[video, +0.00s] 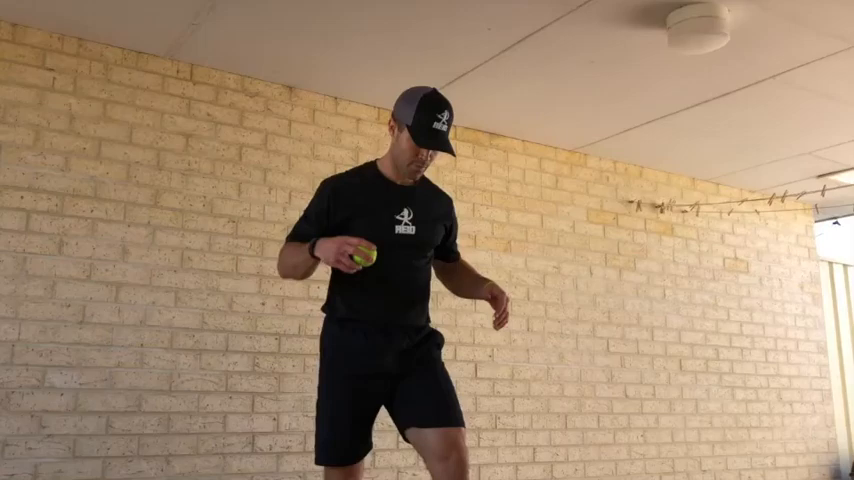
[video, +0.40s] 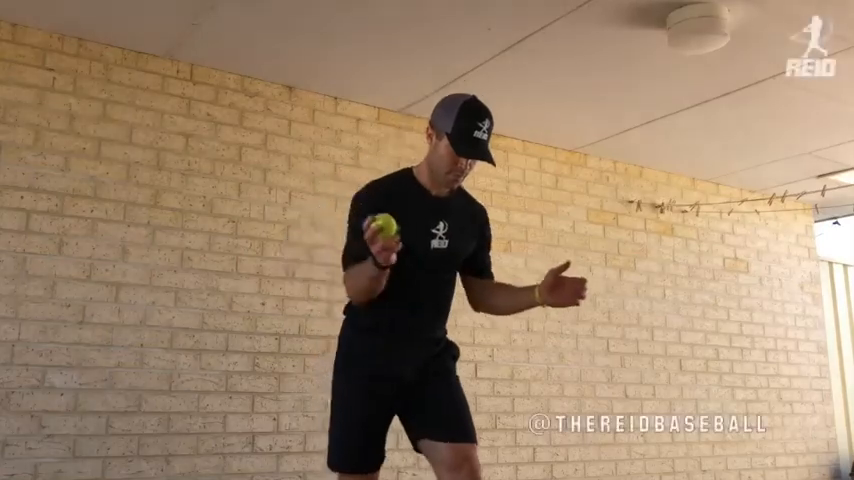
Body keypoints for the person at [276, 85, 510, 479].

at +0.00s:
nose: (427, 158)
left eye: (436, 149)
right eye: (420, 144)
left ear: (443, 146)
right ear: (393, 128)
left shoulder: (438, 205)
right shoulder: (340, 191)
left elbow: (448, 266)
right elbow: (288, 265)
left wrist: (485, 287)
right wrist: (317, 248)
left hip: (414, 351)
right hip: (349, 350)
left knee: (452, 461)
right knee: (343, 471)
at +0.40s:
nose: (465, 166)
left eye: (474, 157)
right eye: (458, 152)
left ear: (482, 154)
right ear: (431, 135)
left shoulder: (472, 215)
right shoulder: (376, 197)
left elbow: (482, 295)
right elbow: (356, 293)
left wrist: (539, 293)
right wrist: (378, 263)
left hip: (428, 359)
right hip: (365, 358)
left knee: (463, 468)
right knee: (356, 472)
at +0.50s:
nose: (492, 169)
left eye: (501, 161)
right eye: (486, 155)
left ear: (509, 159)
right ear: (458, 139)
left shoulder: (494, 220)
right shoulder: (398, 201)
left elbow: (494, 300)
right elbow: (381, 294)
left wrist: (544, 307)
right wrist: (417, 286)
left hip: (443, 356)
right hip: (381, 353)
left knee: (480, 467)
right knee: (368, 472)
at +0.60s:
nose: (515, 176)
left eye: (524, 168)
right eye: (509, 161)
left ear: (532, 168)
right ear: (481, 144)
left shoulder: (516, 225)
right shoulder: (418, 205)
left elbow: (512, 307)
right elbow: (398, 299)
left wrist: (540, 316)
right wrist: (466, 303)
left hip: (454, 355)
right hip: (393, 352)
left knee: (495, 468)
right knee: (382, 473)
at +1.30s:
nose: (478, 161)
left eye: (488, 150)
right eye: (469, 144)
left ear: (496, 152)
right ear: (436, 133)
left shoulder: (481, 224)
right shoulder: (373, 206)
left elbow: (487, 300)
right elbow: (349, 316)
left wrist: (496, 326)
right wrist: (441, 334)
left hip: (421, 367)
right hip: (351, 362)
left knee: (492, 472)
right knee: (364, 472)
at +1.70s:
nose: (444, 120)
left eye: (450, 113)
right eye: (427, 112)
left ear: (458, 128)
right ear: (400, 133)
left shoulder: (473, 218)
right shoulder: (371, 210)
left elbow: (511, 307)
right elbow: (389, 299)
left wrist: (526, 289)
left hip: (434, 377)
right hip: (367, 377)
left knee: (515, 474)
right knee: (380, 473)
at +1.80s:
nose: (448, 122)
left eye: (455, 116)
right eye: (432, 116)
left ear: (465, 133)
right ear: (409, 138)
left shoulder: (488, 216)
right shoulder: (385, 209)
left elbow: (534, 301)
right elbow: (392, 287)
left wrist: (548, 273)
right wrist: (446, 215)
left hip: (454, 381)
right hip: (387, 379)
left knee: (529, 474)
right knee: (395, 474)